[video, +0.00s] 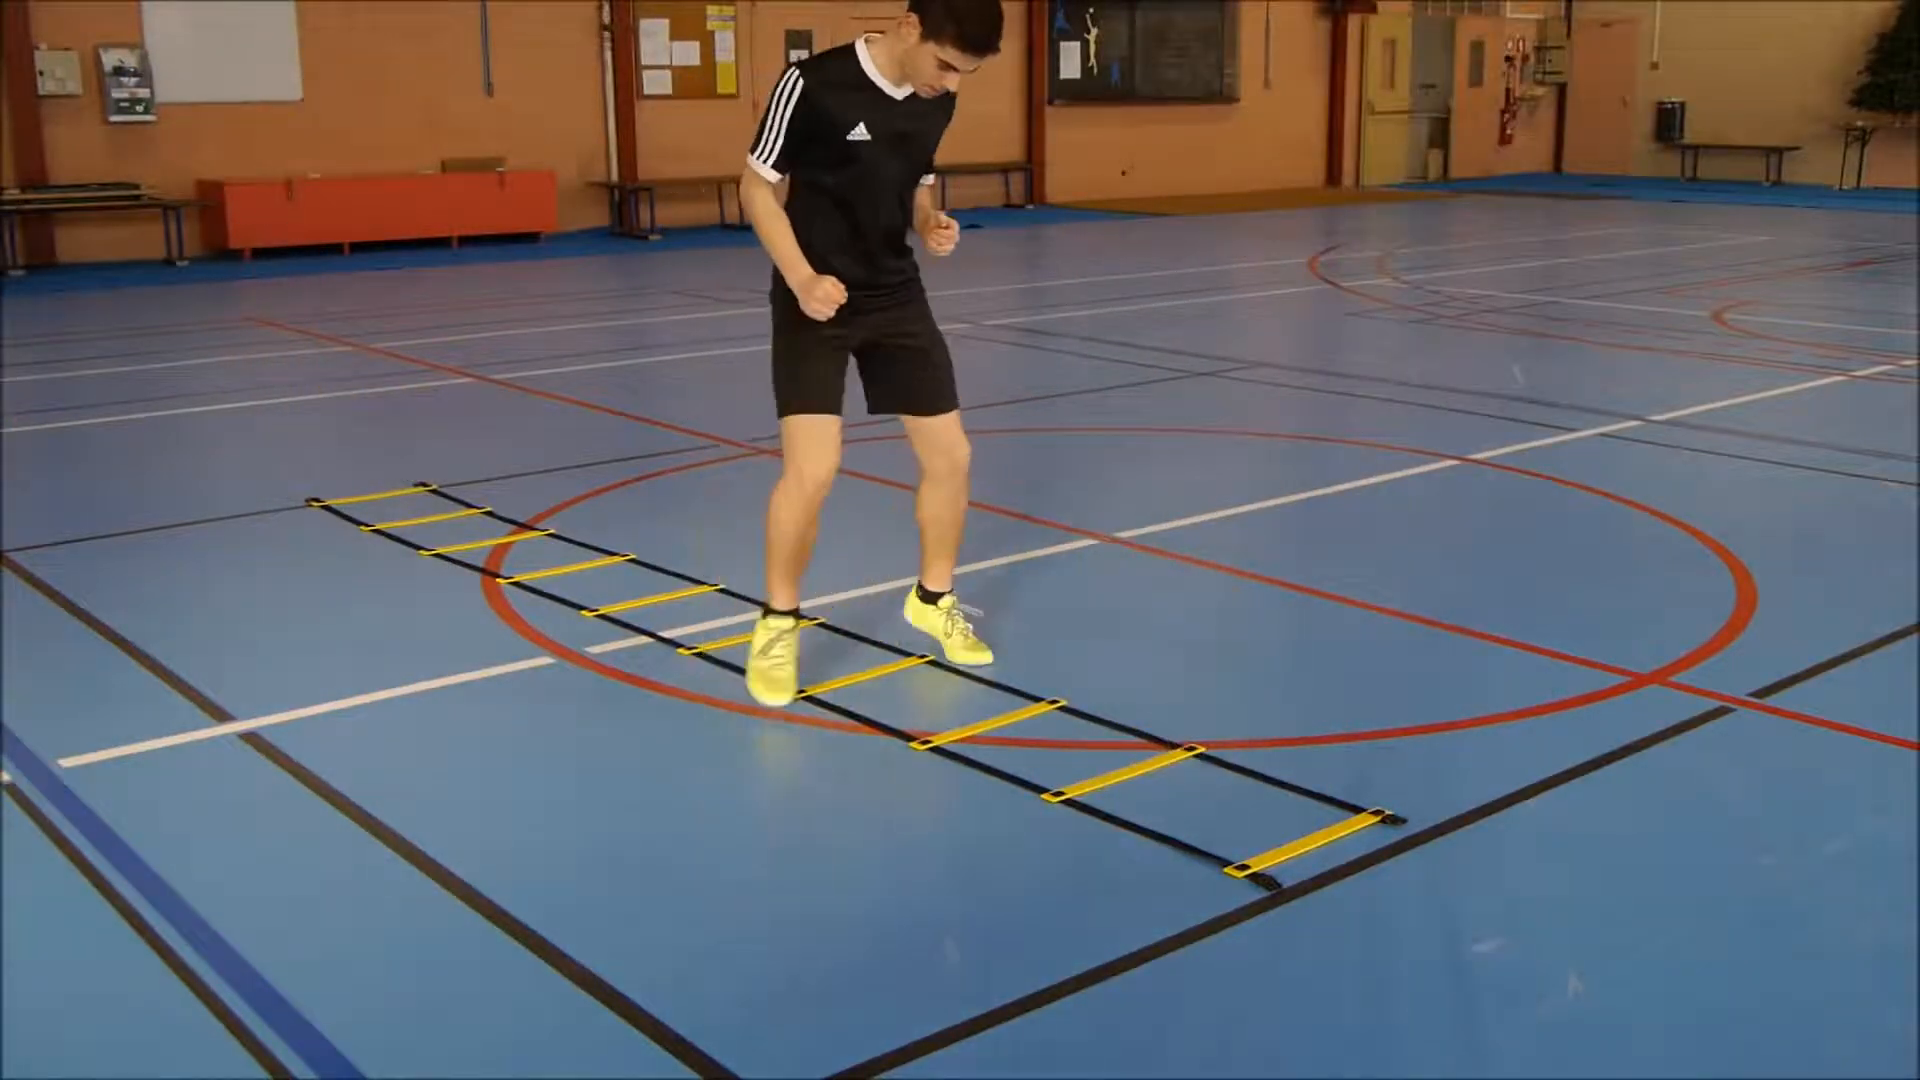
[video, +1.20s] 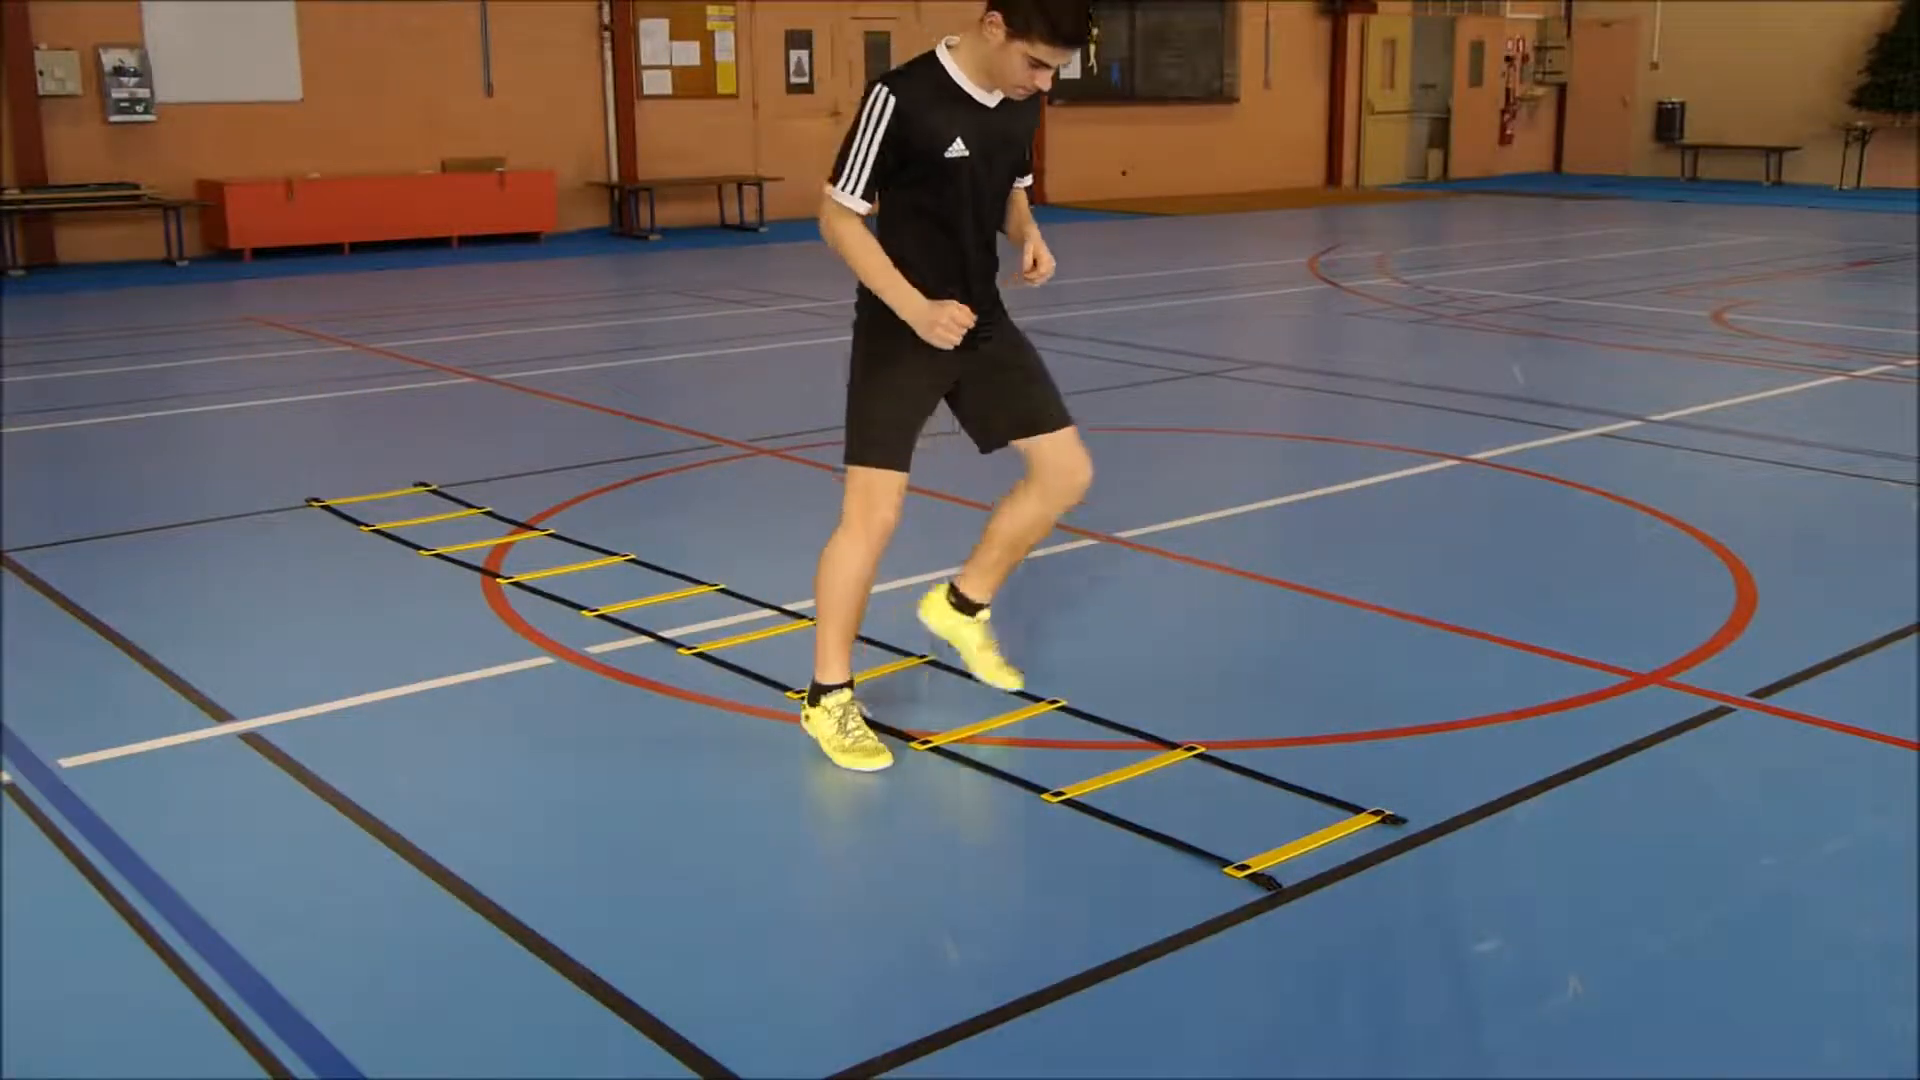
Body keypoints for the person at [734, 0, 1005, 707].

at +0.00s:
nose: (951, 83)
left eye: (962, 72)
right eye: (944, 65)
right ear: (905, 27)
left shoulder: (938, 96)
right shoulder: (809, 84)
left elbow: (918, 180)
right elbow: (757, 187)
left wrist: (930, 222)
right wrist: (801, 278)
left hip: (894, 289)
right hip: (811, 292)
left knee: (948, 453)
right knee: (812, 467)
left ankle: (933, 599)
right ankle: (779, 620)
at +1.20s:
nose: (1044, 84)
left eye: (1055, 71)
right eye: (1037, 64)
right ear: (990, 26)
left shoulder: (1022, 98)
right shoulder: (899, 95)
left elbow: (1006, 187)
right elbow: (837, 217)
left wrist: (1029, 235)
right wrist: (914, 307)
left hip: (980, 318)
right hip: (895, 321)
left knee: (1064, 471)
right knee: (871, 513)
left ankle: (960, 606)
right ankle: (828, 695)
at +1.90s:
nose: (1138, 83)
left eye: (1149, 70)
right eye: (1131, 63)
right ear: (1086, 24)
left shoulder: (1117, 98)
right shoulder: (979, 92)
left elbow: (1108, 200)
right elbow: (915, 208)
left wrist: (1122, 242)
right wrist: (952, 321)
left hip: (1079, 334)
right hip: (995, 343)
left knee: (1113, 506)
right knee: (1019, 534)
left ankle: (1057, 644)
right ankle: (1014, 693)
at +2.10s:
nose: (1172, 69)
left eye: (1186, 56)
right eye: (1167, 49)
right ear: (1125, 8)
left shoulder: (1135, 86)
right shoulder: (1008, 63)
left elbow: (1116, 188)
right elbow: (935, 183)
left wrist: (1150, 227)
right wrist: (966, 303)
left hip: (1091, 314)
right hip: (1006, 319)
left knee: (1117, 497)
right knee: (1028, 525)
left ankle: (1045, 649)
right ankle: (1010, 681)